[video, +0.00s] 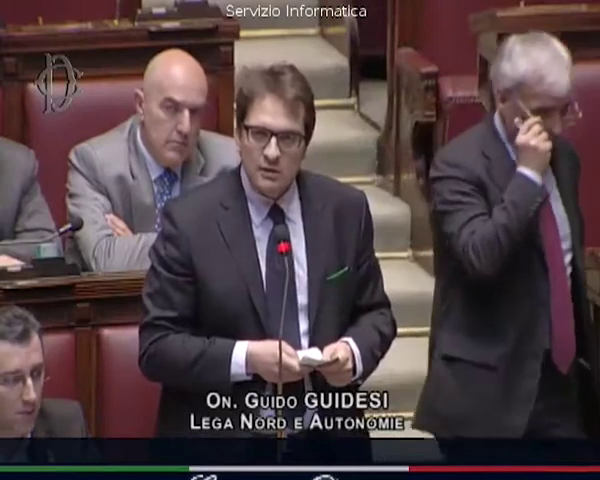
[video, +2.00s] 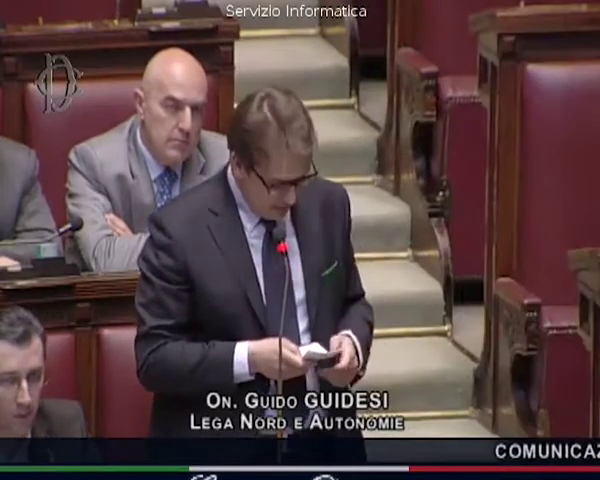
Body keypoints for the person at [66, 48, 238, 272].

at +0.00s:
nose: (185, 127)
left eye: (195, 111)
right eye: (170, 108)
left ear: (204, 108)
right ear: (140, 104)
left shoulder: (230, 157)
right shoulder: (91, 161)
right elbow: (105, 259)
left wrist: (138, 251)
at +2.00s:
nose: (187, 125)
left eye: (197, 109)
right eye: (172, 107)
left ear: (205, 108)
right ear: (140, 104)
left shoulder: (226, 155)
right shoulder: (91, 161)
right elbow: (105, 260)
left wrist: (137, 247)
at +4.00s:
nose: (187, 126)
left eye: (197, 110)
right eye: (172, 107)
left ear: (204, 108)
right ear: (140, 104)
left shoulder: (231, 157)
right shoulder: (91, 161)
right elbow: (105, 259)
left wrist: (137, 251)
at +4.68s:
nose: (201, 131)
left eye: (206, 113)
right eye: (185, 116)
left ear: (210, 105)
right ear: (146, 113)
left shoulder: (230, 156)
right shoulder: (91, 161)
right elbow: (105, 259)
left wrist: (139, 251)